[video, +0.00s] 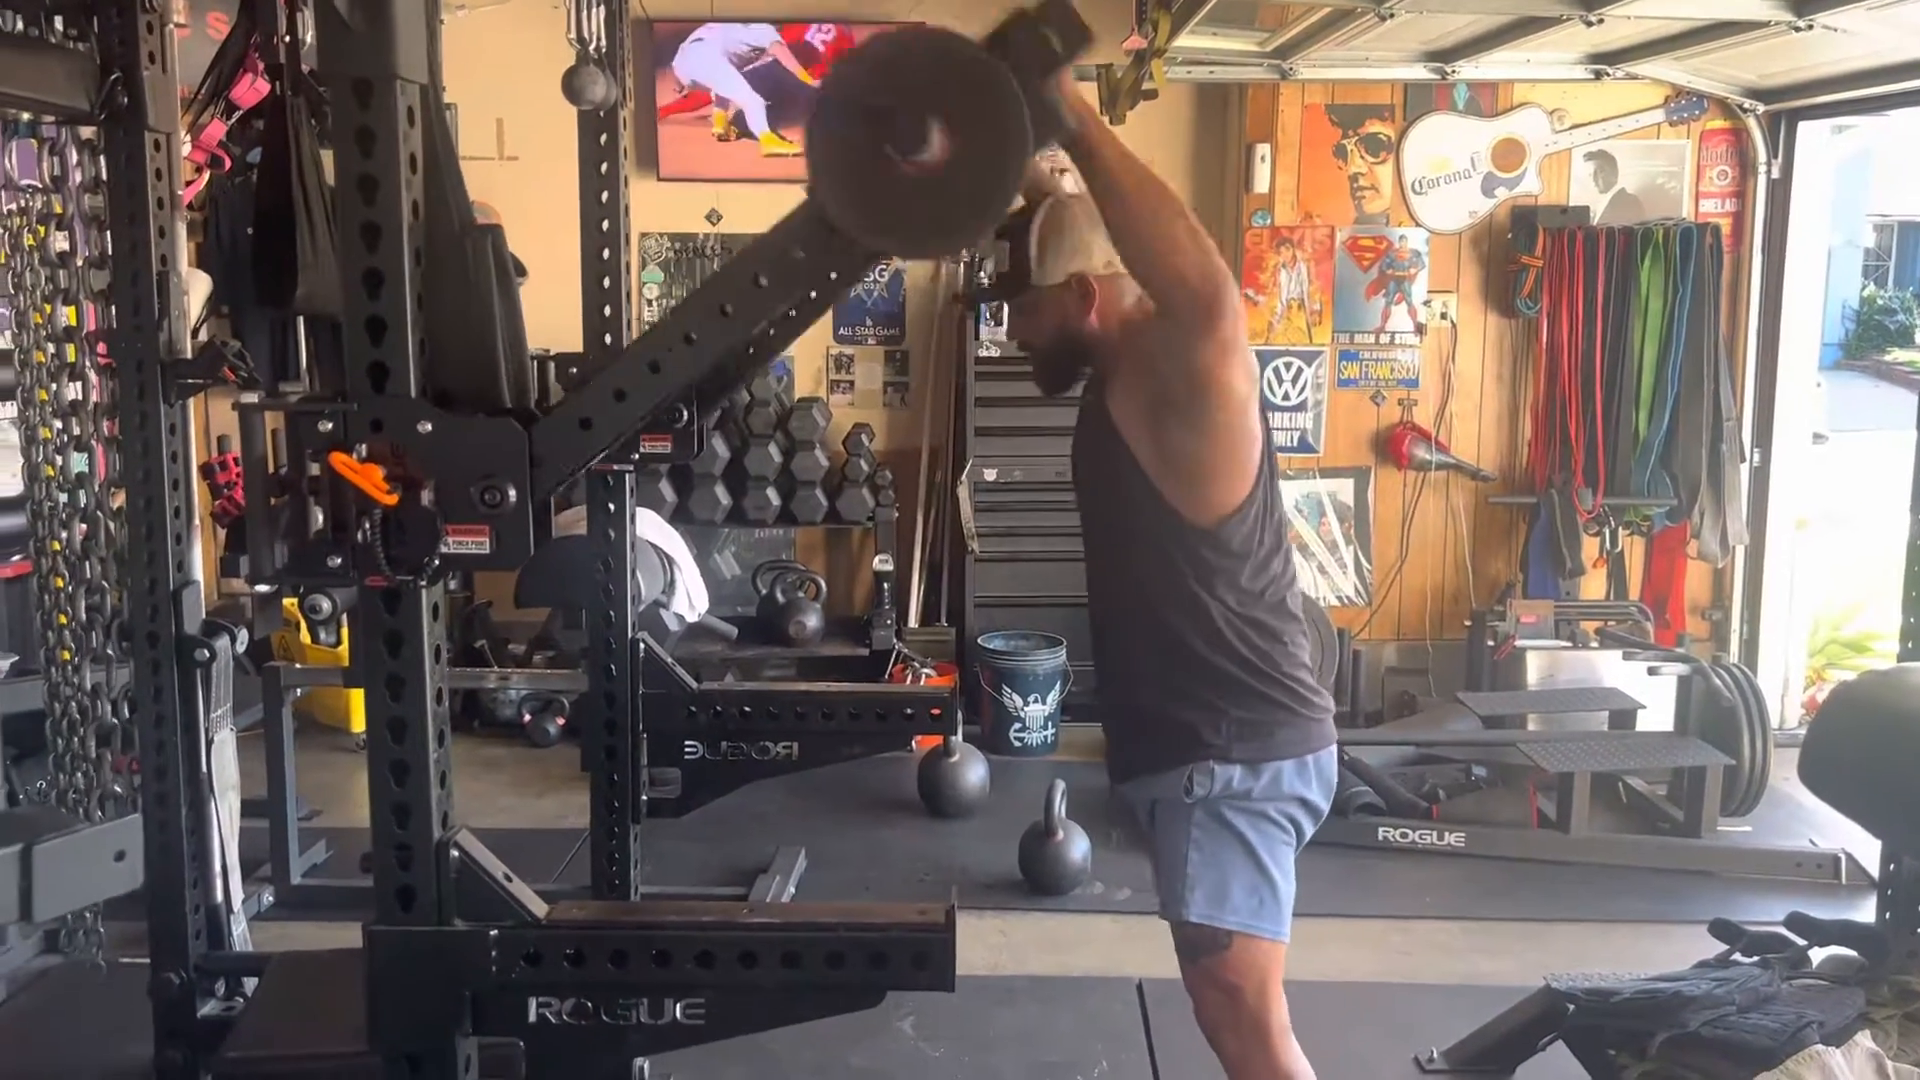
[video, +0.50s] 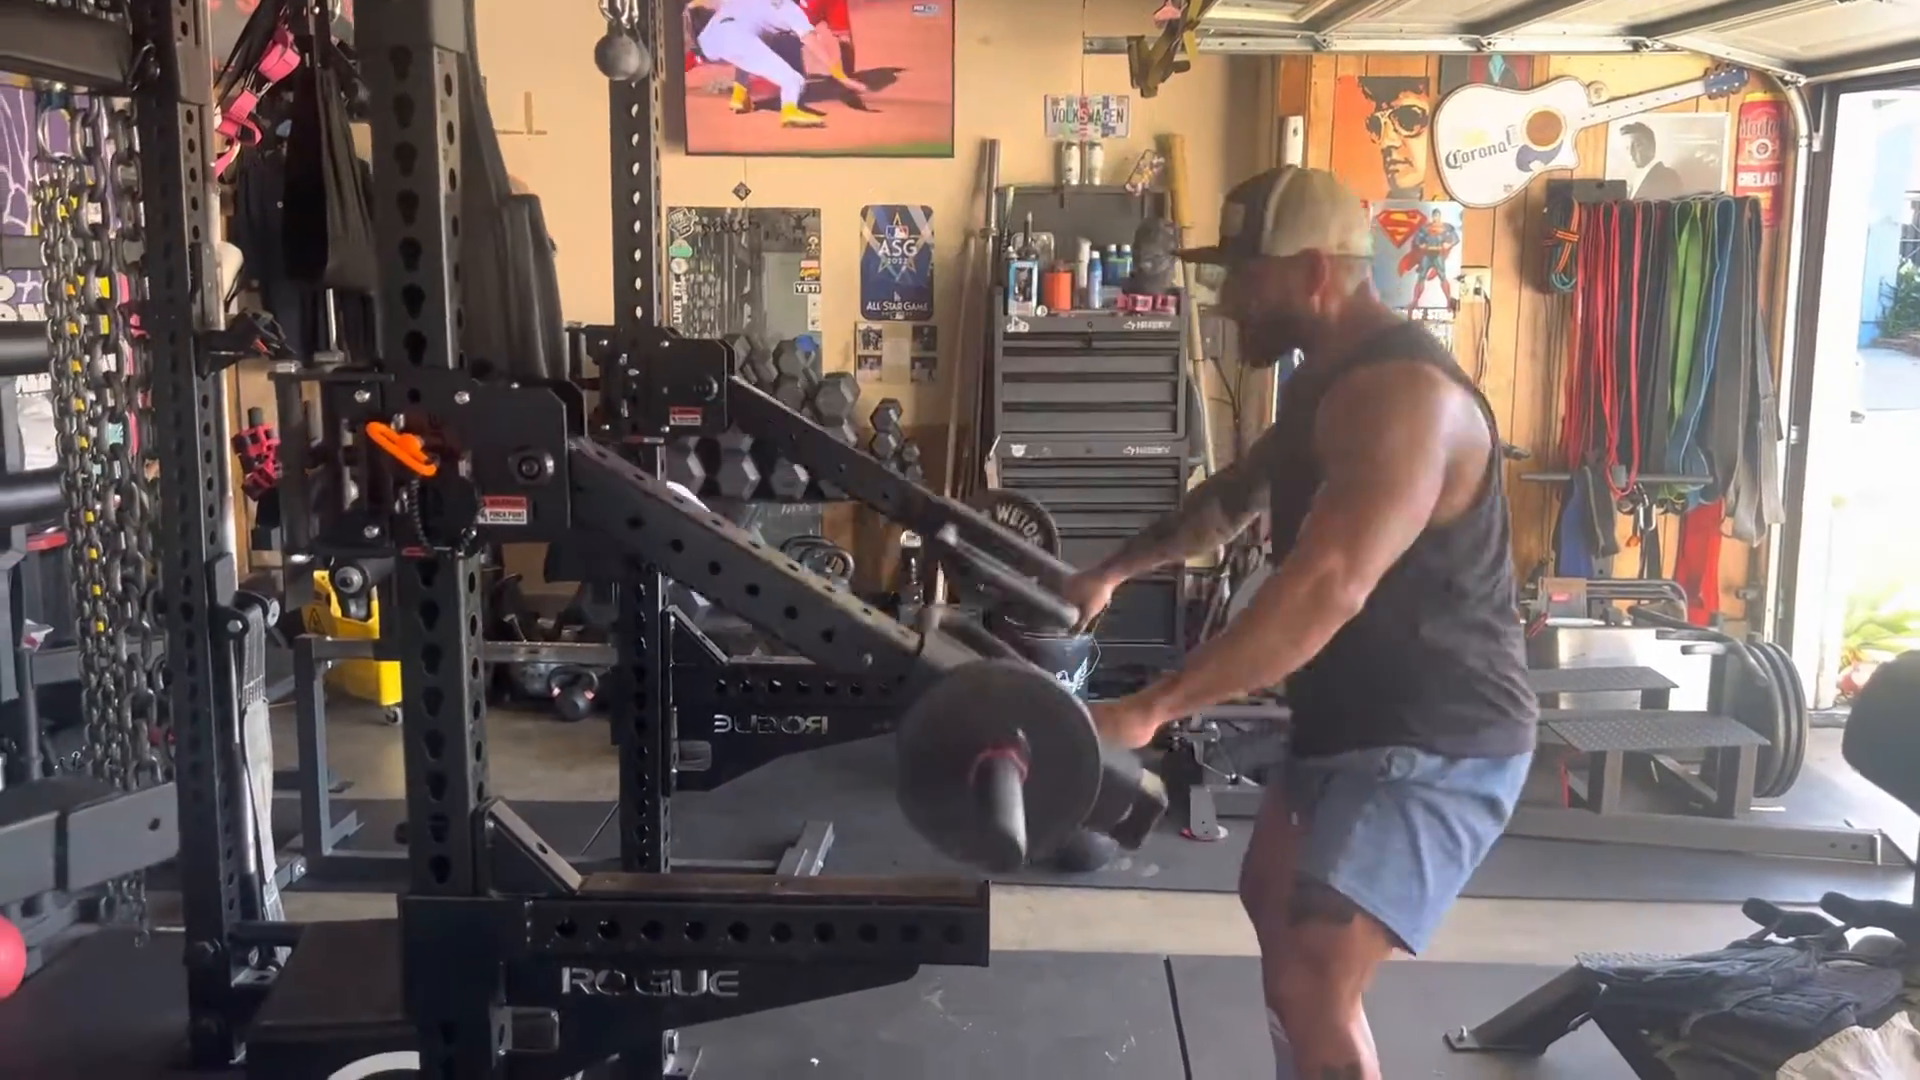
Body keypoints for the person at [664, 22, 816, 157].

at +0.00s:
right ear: (774, 28)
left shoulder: (727, 29)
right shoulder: (764, 30)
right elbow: (783, 55)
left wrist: (682, 81)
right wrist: (809, 80)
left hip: (681, 61)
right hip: (706, 57)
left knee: (724, 83)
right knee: (753, 101)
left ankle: (720, 127)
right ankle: (768, 140)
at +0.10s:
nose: (763, 51)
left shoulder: (724, 20)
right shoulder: (768, 25)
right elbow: (787, 52)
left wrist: (684, 74)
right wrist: (813, 79)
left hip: (685, 55)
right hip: (712, 53)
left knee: (727, 75)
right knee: (759, 96)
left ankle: (722, 120)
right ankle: (771, 133)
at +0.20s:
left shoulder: (729, 17)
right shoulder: (771, 19)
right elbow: (789, 46)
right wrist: (814, 73)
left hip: (688, 51)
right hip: (714, 48)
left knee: (730, 72)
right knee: (766, 92)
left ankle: (724, 112)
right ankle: (775, 128)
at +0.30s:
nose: (801, 38)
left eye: (804, 36)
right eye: (802, 35)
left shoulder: (740, 11)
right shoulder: (780, 17)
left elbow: (700, 19)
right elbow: (807, 56)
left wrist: (684, 26)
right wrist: (832, 82)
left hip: (695, 46)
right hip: (721, 45)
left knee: (736, 63)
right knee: (774, 86)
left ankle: (729, 108)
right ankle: (780, 122)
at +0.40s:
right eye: (803, 8)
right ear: (794, 4)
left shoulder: (743, 4)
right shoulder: (785, 12)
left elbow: (711, 9)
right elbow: (808, 50)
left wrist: (687, 13)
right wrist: (837, 79)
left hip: (701, 43)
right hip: (729, 43)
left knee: (741, 58)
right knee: (783, 83)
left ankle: (734, 103)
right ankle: (783, 116)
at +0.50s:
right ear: (796, 5)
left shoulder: (746, 3)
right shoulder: (790, 7)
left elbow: (719, 8)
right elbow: (811, 41)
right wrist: (842, 78)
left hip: (708, 40)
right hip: (737, 39)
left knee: (747, 53)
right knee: (792, 79)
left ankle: (739, 99)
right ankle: (790, 111)